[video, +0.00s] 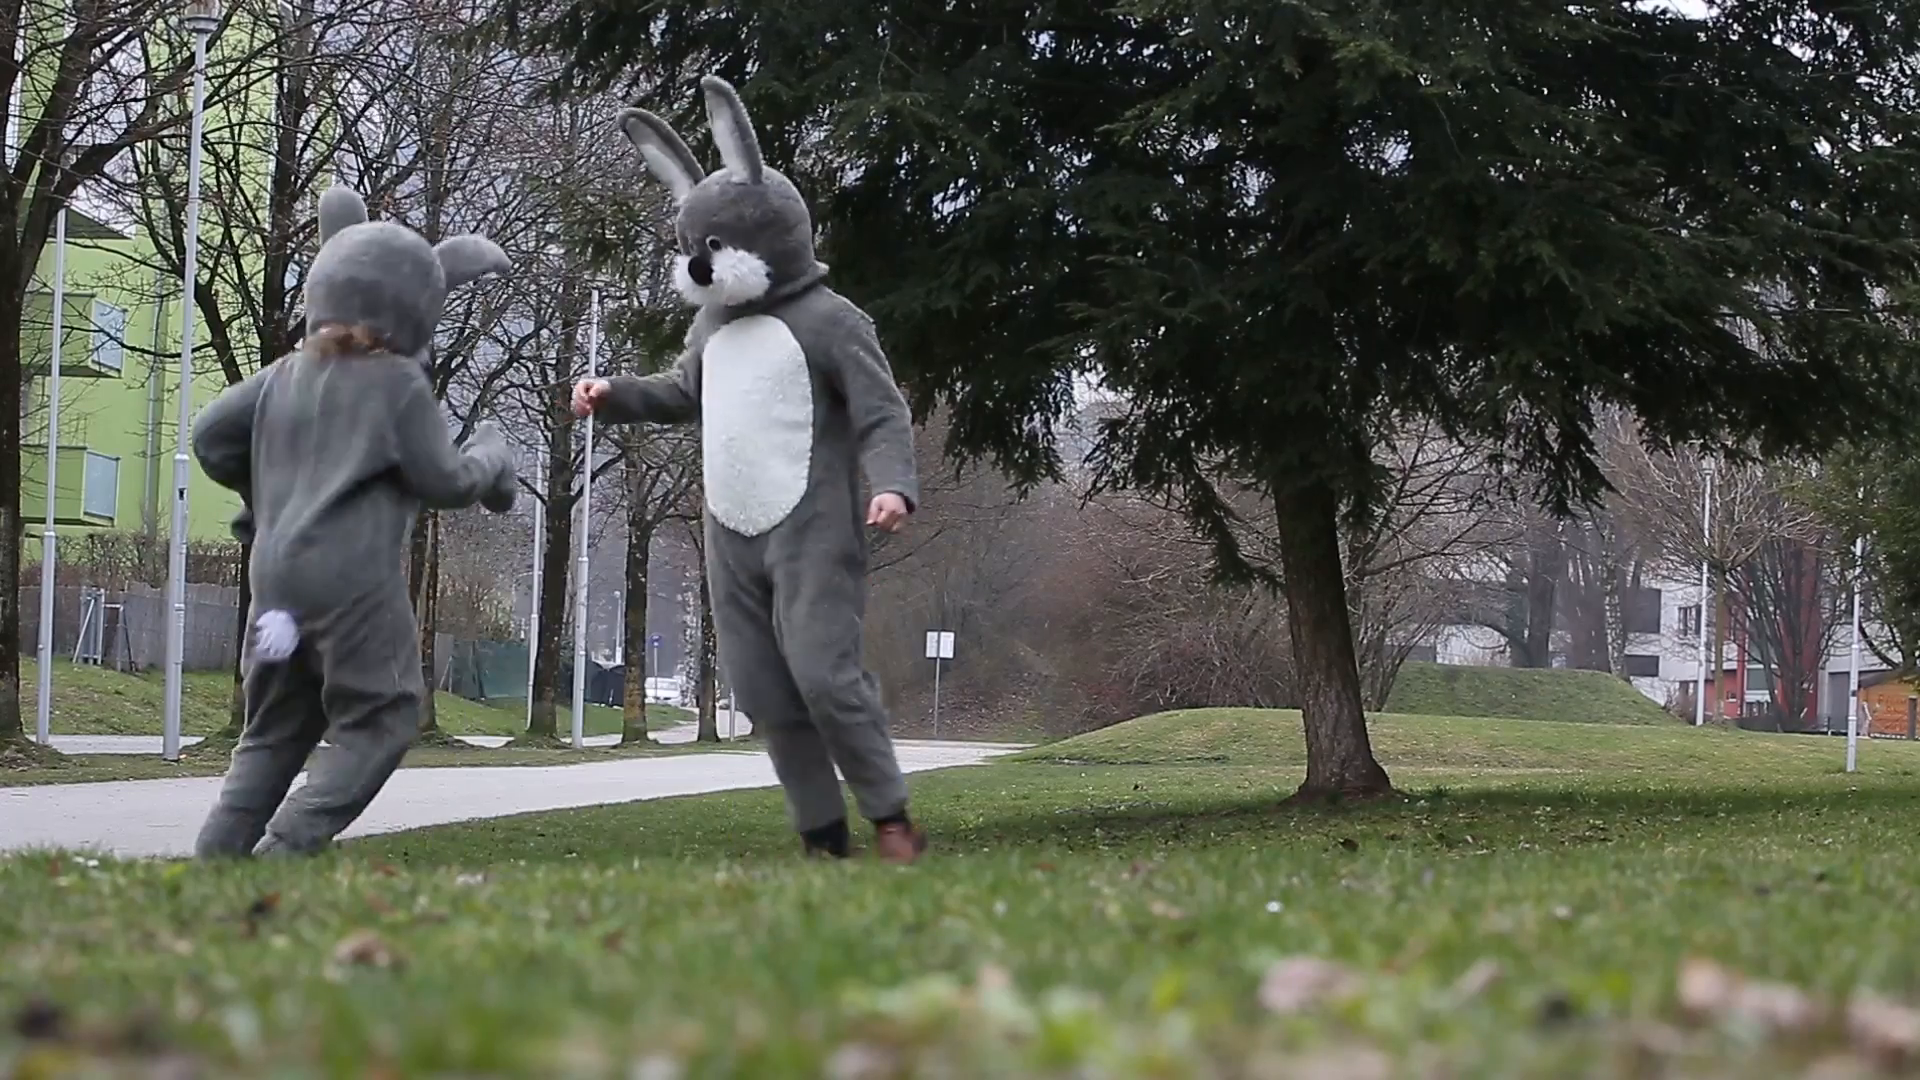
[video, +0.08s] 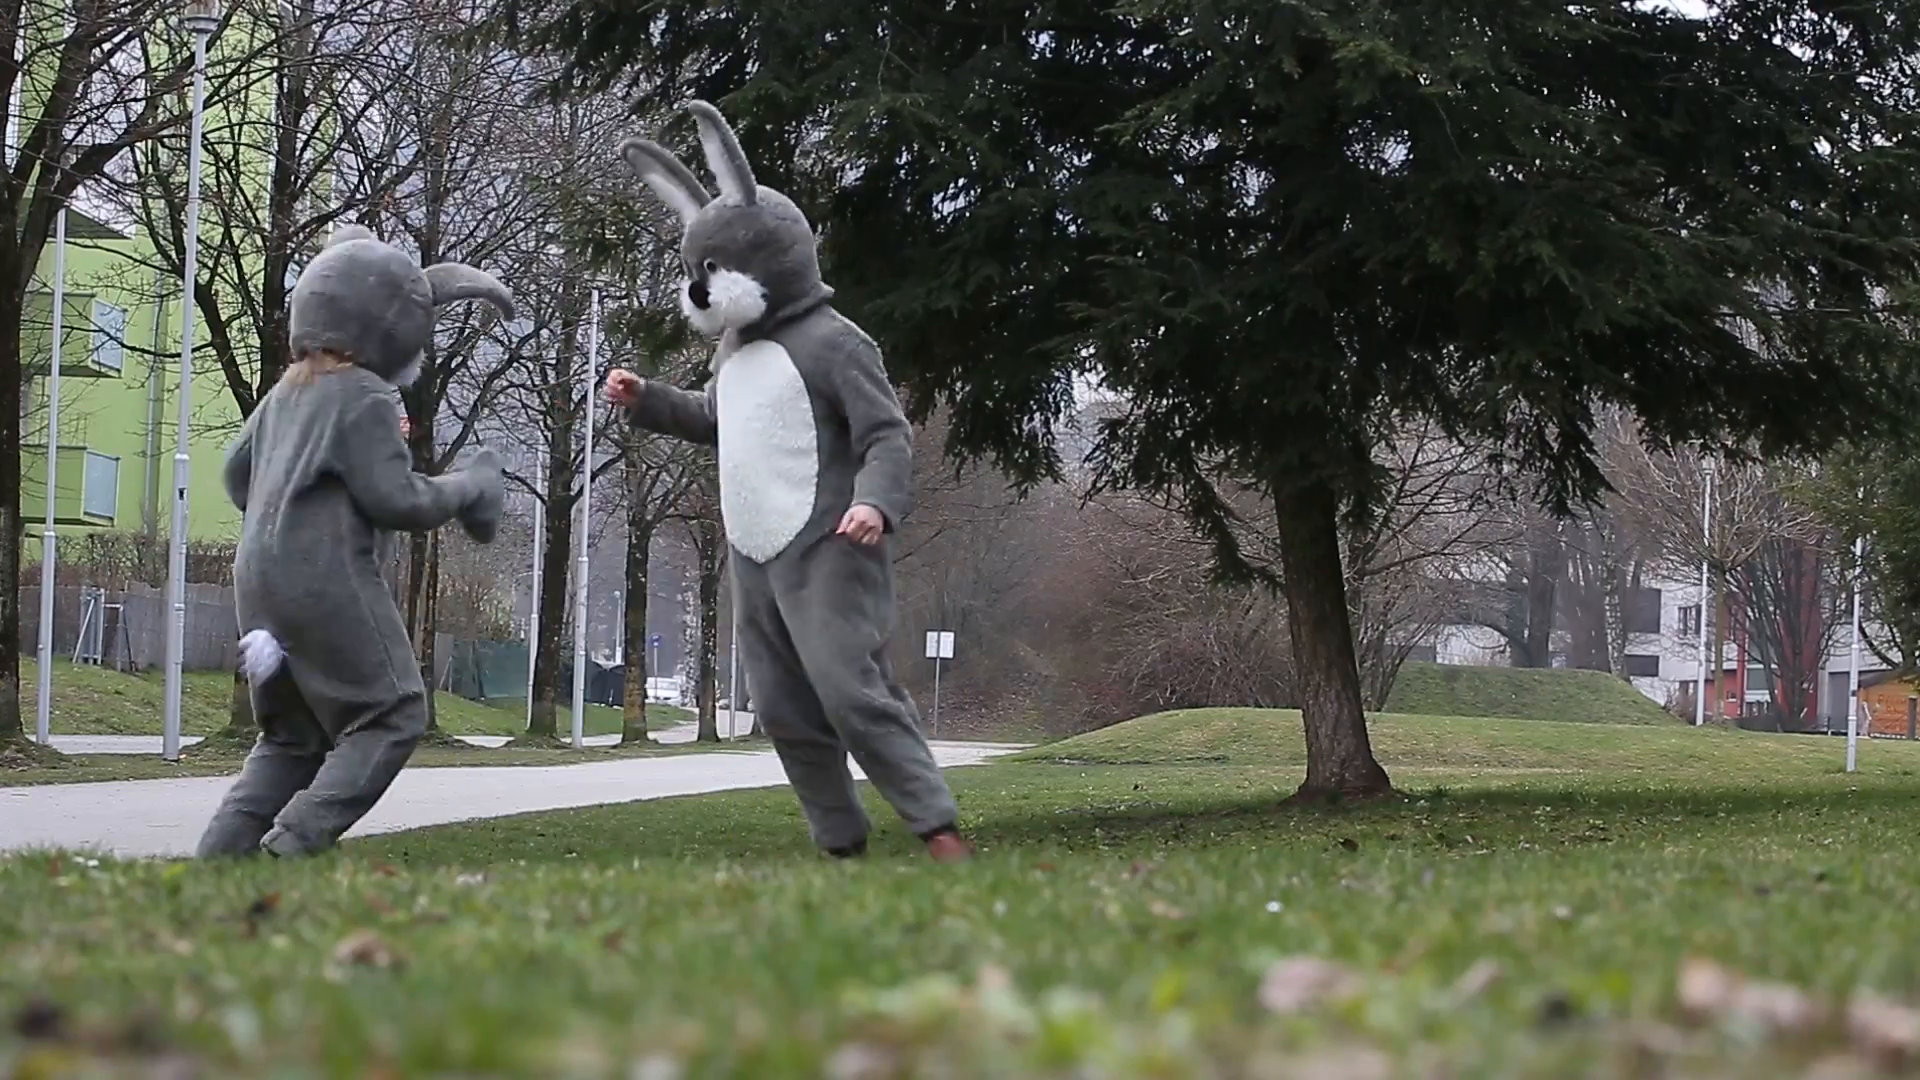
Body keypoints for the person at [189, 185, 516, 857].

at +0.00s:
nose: (429, 321)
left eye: (429, 307)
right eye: (425, 308)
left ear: (322, 298)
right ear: (403, 309)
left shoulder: (280, 376)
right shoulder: (397, 381)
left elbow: (211, 435)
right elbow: (441, 480)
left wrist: (268, 484)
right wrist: (490, 459)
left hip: (272, 573)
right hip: (353, 579)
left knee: (278, 724)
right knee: (384, 713)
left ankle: (214, 858)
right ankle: (287, 848)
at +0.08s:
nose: (415, 347)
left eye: (417, 332)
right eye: (411, 330)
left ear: (314, 319)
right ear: (383, 325)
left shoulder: (281, 395)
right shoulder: (364, 396)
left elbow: (238, 478)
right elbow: (393, 500)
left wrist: (305, 513)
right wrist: (470, 483)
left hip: (257, 580)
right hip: (325, 583)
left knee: (294, 737)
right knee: (394, 713)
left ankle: (219, 856)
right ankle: (296, 843)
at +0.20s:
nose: (397, 333)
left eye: (401, 316)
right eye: (394, 314)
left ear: (316, 302)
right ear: (361, 307)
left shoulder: (298, 371)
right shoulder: (325, 376)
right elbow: (332, 470)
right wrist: (425, 488)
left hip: (272, 566)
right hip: (312, 566)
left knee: (298, 711)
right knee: (408, 676)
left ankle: (221, 852)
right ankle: (314, 829)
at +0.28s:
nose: (401, 296)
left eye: (403, 281)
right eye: (393, 279)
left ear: (328, 281)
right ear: (350, 278)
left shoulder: (339, 355)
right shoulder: (315, 348)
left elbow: (374, 426)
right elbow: (307, 435)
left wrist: (426, 445)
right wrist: (397, 472)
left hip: (301, 532)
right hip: (312, 530)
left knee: (286, 693)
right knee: (416, 642)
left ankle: (228, 848)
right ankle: (326, 783)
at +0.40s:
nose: (402, 272)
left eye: (401, 259)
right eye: (389, 257)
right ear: (346, 258)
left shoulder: (368, 348)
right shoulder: (313, 335)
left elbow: (382, 421)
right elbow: (286, 419)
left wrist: (434, 440)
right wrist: (364, 482)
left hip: (338, 523)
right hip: (312, 519)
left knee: (299, 690)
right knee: (412, 634)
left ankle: (241, 845)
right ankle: (332, 775)